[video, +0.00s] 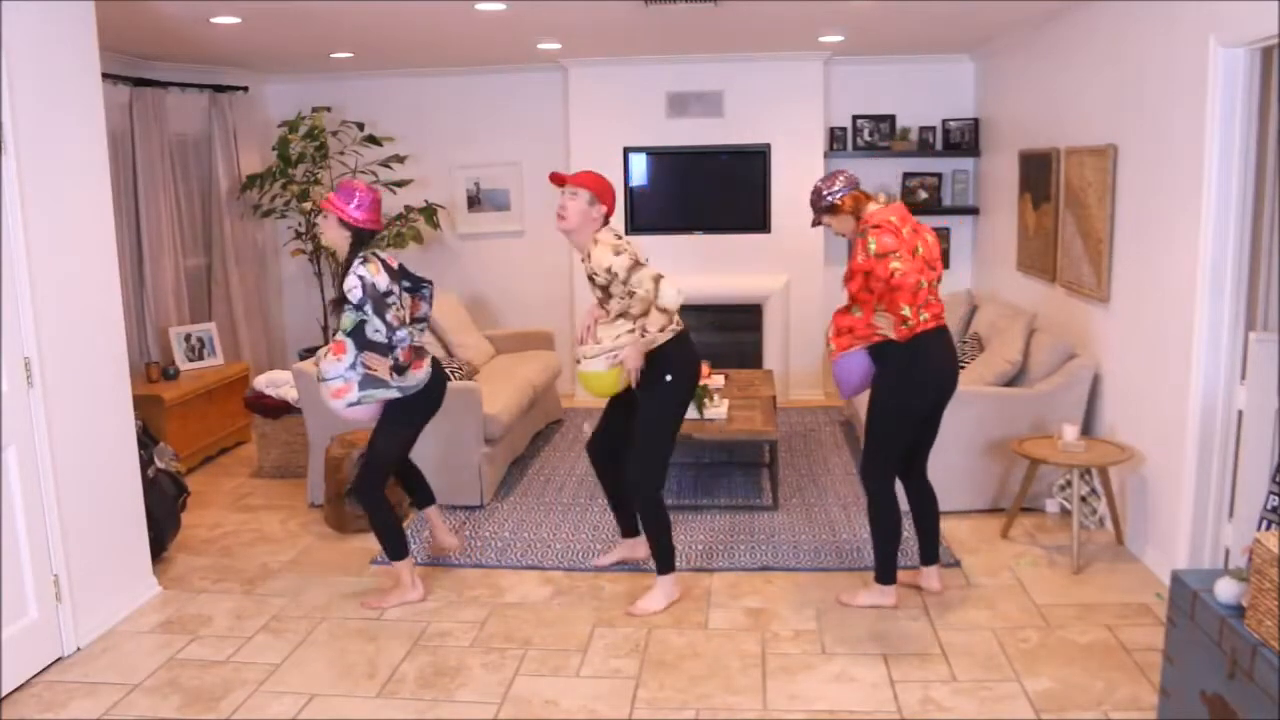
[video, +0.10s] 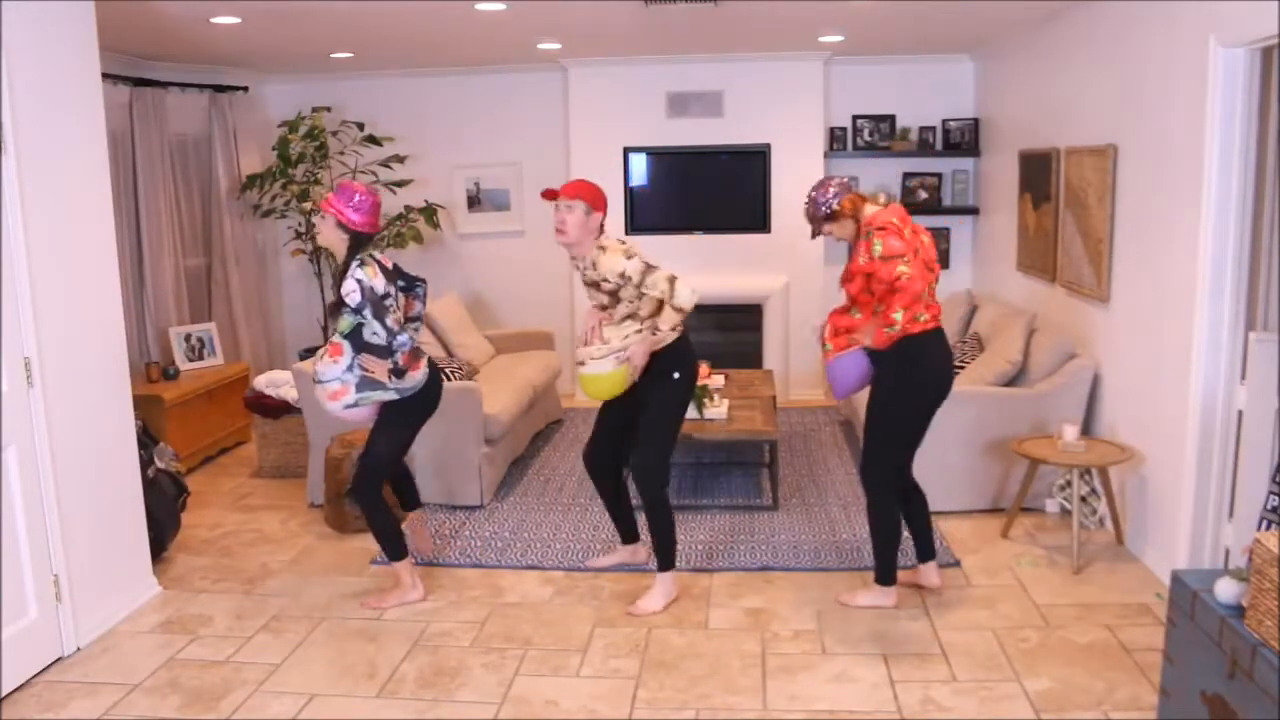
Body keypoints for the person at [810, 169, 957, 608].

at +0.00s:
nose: (832, 232)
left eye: (829, 223)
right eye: (826, 225)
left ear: (845, 207)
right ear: (853, 202)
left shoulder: (873, 233)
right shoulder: (910, 222)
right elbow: (934, 270)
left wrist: (841, 330)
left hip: (906, 357)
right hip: (940, 352)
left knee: (875, 471)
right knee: (912, 467)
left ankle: (884, 585)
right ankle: (930, 570)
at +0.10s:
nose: (829, 236)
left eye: (827, 228)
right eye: (823, 231)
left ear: (843, 212)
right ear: (842, 211)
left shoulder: (879, 235)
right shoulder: (892, 225)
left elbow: (912, 287)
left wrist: (882, 332)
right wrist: (841, 329)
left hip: (909, 359)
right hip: (926, 355)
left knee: (877, 471)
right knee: (895, 467)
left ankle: (884, 586)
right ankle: (928, 566)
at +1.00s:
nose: (858, 211)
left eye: (866, 200)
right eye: (849, 202)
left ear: (883, 192)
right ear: (839, 199)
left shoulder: (921, 230)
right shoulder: (832, 230)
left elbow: (939, 299)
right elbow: (814, 286)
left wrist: (880, 320)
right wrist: (818, 314)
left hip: (907, 359)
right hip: (853, 358)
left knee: (893, 470)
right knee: (857, 468)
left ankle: (898, 581)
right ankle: (861, 565)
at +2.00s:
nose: (896, 190)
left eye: (903, 183)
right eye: (885, 184)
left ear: (916, 197)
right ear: (871, 201)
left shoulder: (940, 247)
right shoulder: (850, 253)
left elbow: (954, 309)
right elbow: (823, 320)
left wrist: (936, 335)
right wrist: (871, 360)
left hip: (924, 376)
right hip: (861, 377)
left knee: (960, 491)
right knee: (850, 488)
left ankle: (958, 583)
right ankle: (824, 574)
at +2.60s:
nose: (960, 173)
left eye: (967, 166)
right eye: (949, 167)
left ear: (979, 179)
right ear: (933, 182)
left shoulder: (1000, 234)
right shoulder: (907, 235)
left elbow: (1022, 289)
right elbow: (877, 301)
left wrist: (997, 331)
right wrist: (918, 345)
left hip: (972, 367)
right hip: (909, 363)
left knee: (972, 484)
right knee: (873, 468)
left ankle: (959, 580)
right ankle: (823, 561)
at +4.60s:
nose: (920, 206)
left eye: (928, 198)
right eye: (912, 196)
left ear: (935, 201)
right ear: (889, 196)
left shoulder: (947, 238)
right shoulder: (855, 237)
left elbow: (974, 297)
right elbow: (812, 293)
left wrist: (938, 327)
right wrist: (869, 322)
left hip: (921, 370)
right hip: (861, 368)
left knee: (967, 487)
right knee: (832, 487)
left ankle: (971, 585)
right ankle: (801, 591)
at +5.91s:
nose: (911, 187)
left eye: (917, 183)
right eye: (900, 181)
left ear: (925, 198)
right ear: (878, 194)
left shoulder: (944, 237)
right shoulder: (853, 243)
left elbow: (972, 303)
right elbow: (814, 303)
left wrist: (937, 344)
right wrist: (869, 344)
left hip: (924, 377)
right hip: (863, 376)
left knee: (972, 490)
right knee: (833, 491)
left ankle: (971, 585)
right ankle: (801, 592)